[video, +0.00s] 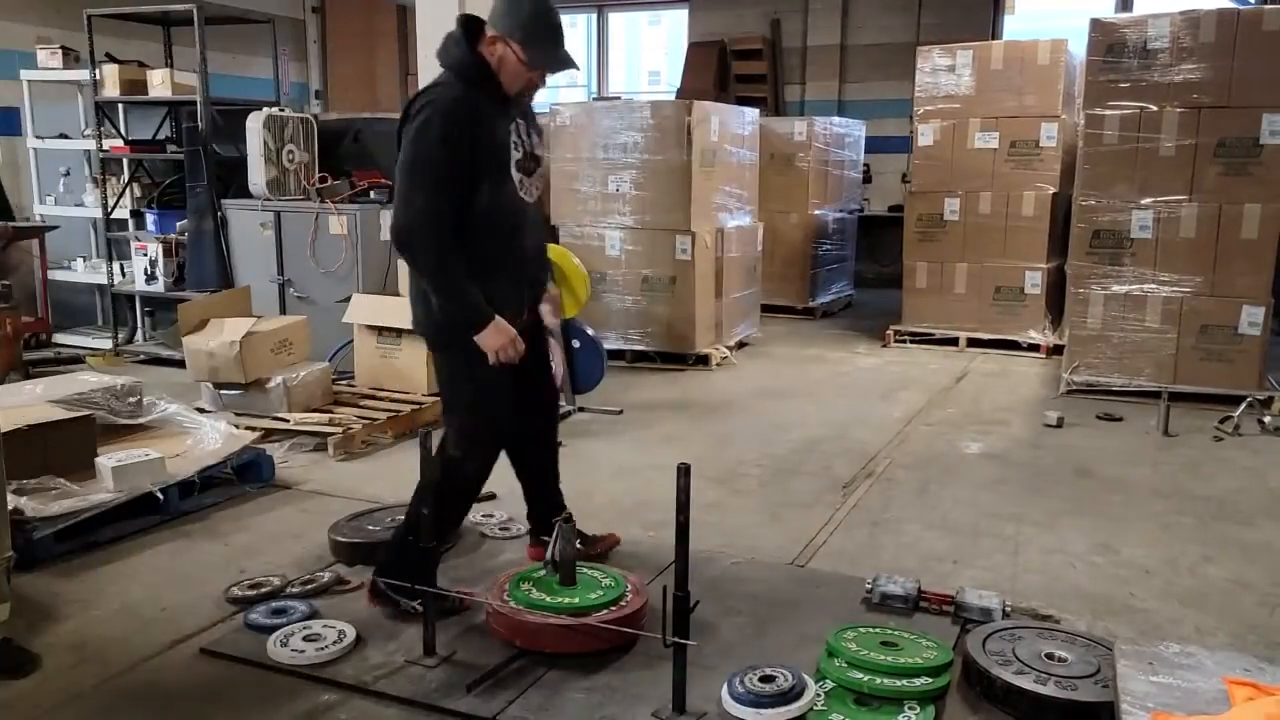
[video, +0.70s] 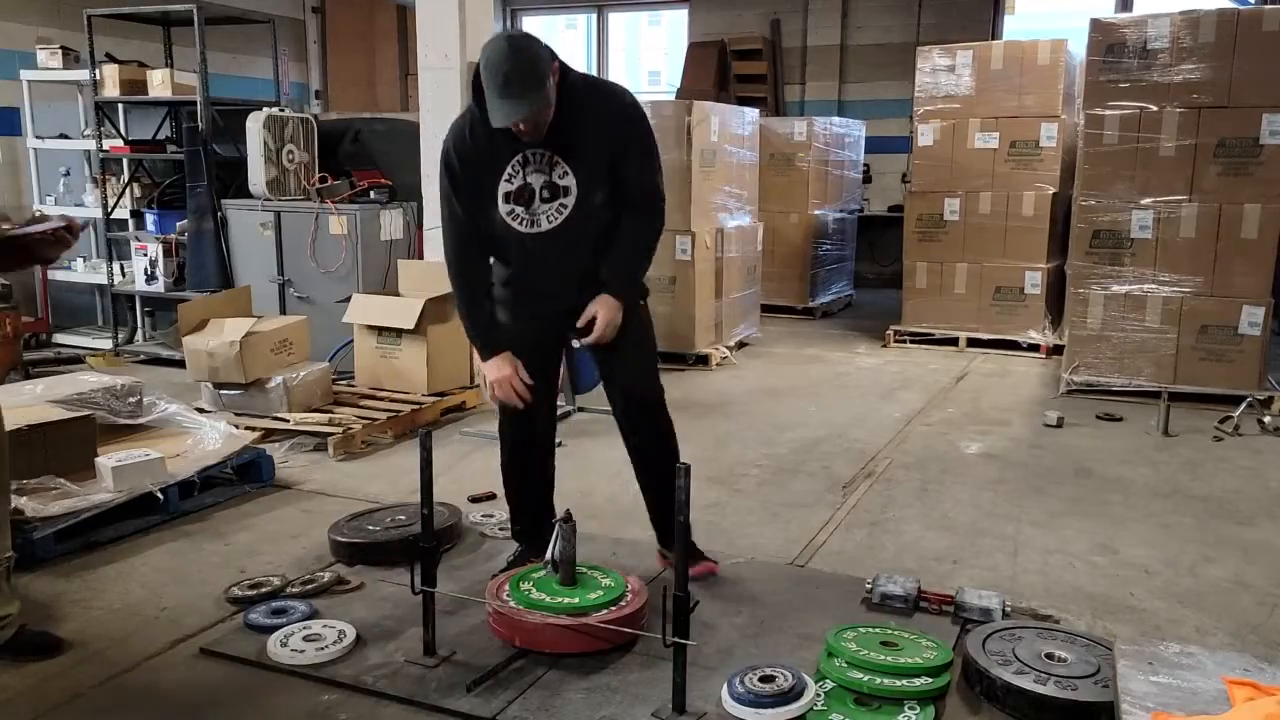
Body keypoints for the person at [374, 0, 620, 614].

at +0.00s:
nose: (542, 81)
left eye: (547, 69)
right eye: (537, 67)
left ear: (510, 53)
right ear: (499, 48)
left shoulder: (512, 108)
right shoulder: (446, 110)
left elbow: (522, 207)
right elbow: (416, 235)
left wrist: (550, 279)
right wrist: (480, 320)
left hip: (517, 300)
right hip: (463, 309)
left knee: (535, 419)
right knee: (475, 438)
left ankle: (552, 532)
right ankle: (402, 572)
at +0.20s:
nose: (556, 78)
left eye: (565, 65)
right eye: (544, 66)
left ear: (575, 45)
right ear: (511, 45)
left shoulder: (580, 101)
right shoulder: (460, 105)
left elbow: (603, 188)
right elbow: (426, 219)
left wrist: (620, 269)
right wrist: (466, 312)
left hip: (558, 290)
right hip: (491, 296)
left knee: (569, 419)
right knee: (506, 422)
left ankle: (551, 532)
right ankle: (480, 545)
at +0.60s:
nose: (526, 108)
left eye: (535, 94)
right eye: (512, 99)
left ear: (554, 66)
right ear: (490, 79)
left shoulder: (607, 105)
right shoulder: (464, 132)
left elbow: (641, 201)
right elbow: (453, 244)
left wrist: (625, 284)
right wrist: (483, 339)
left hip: (597, 289)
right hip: (513, 298)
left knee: (643, 401)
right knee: (516, 430)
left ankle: (634, 511)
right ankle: (532, 547)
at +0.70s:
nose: (525, 126)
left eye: (534, 112)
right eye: (512, 118)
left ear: (554, 76)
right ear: (488, 95)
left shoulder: (613, 111)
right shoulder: (467, 145)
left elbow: (646, 209)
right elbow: (463, 253)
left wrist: (617, 291)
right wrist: (488, 349)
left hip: (608, 292)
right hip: (523, 301)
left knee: (645, 415)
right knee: (523, 429)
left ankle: (675, 542)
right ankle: (532, 549)